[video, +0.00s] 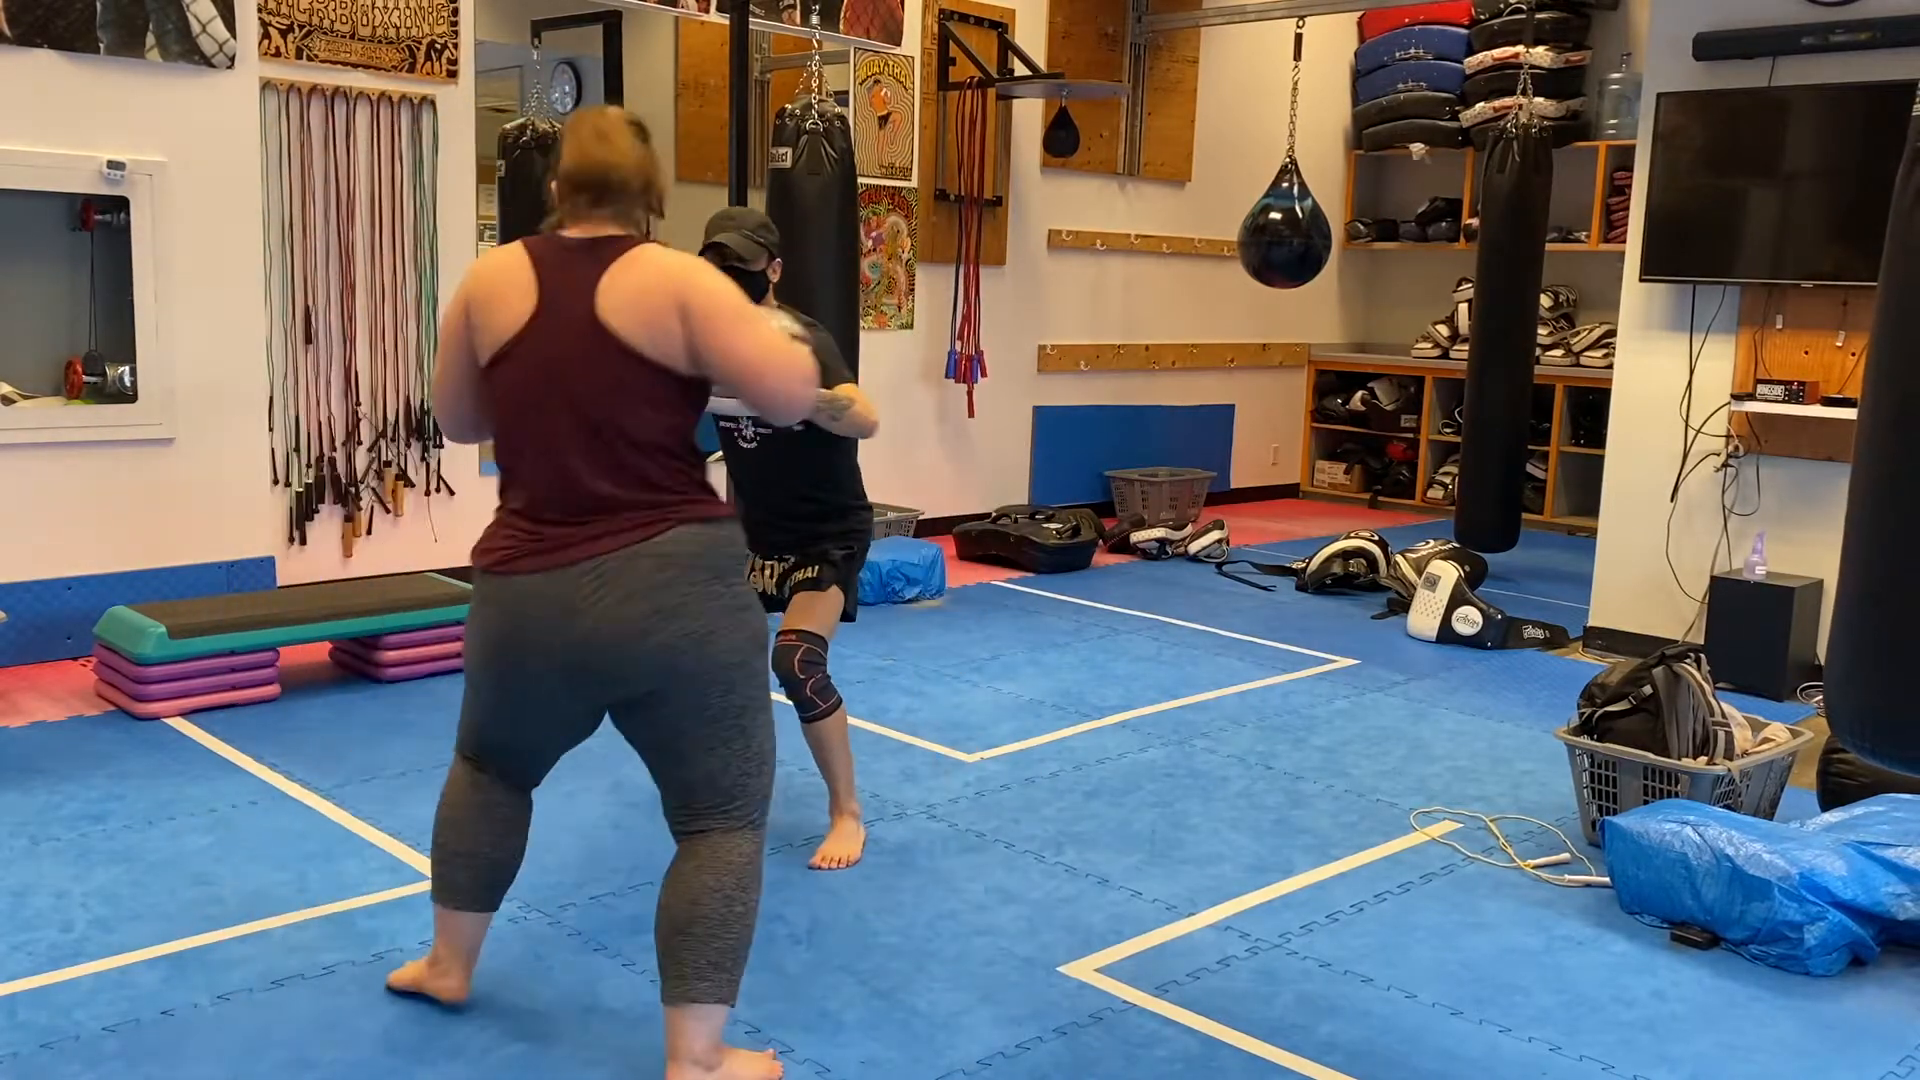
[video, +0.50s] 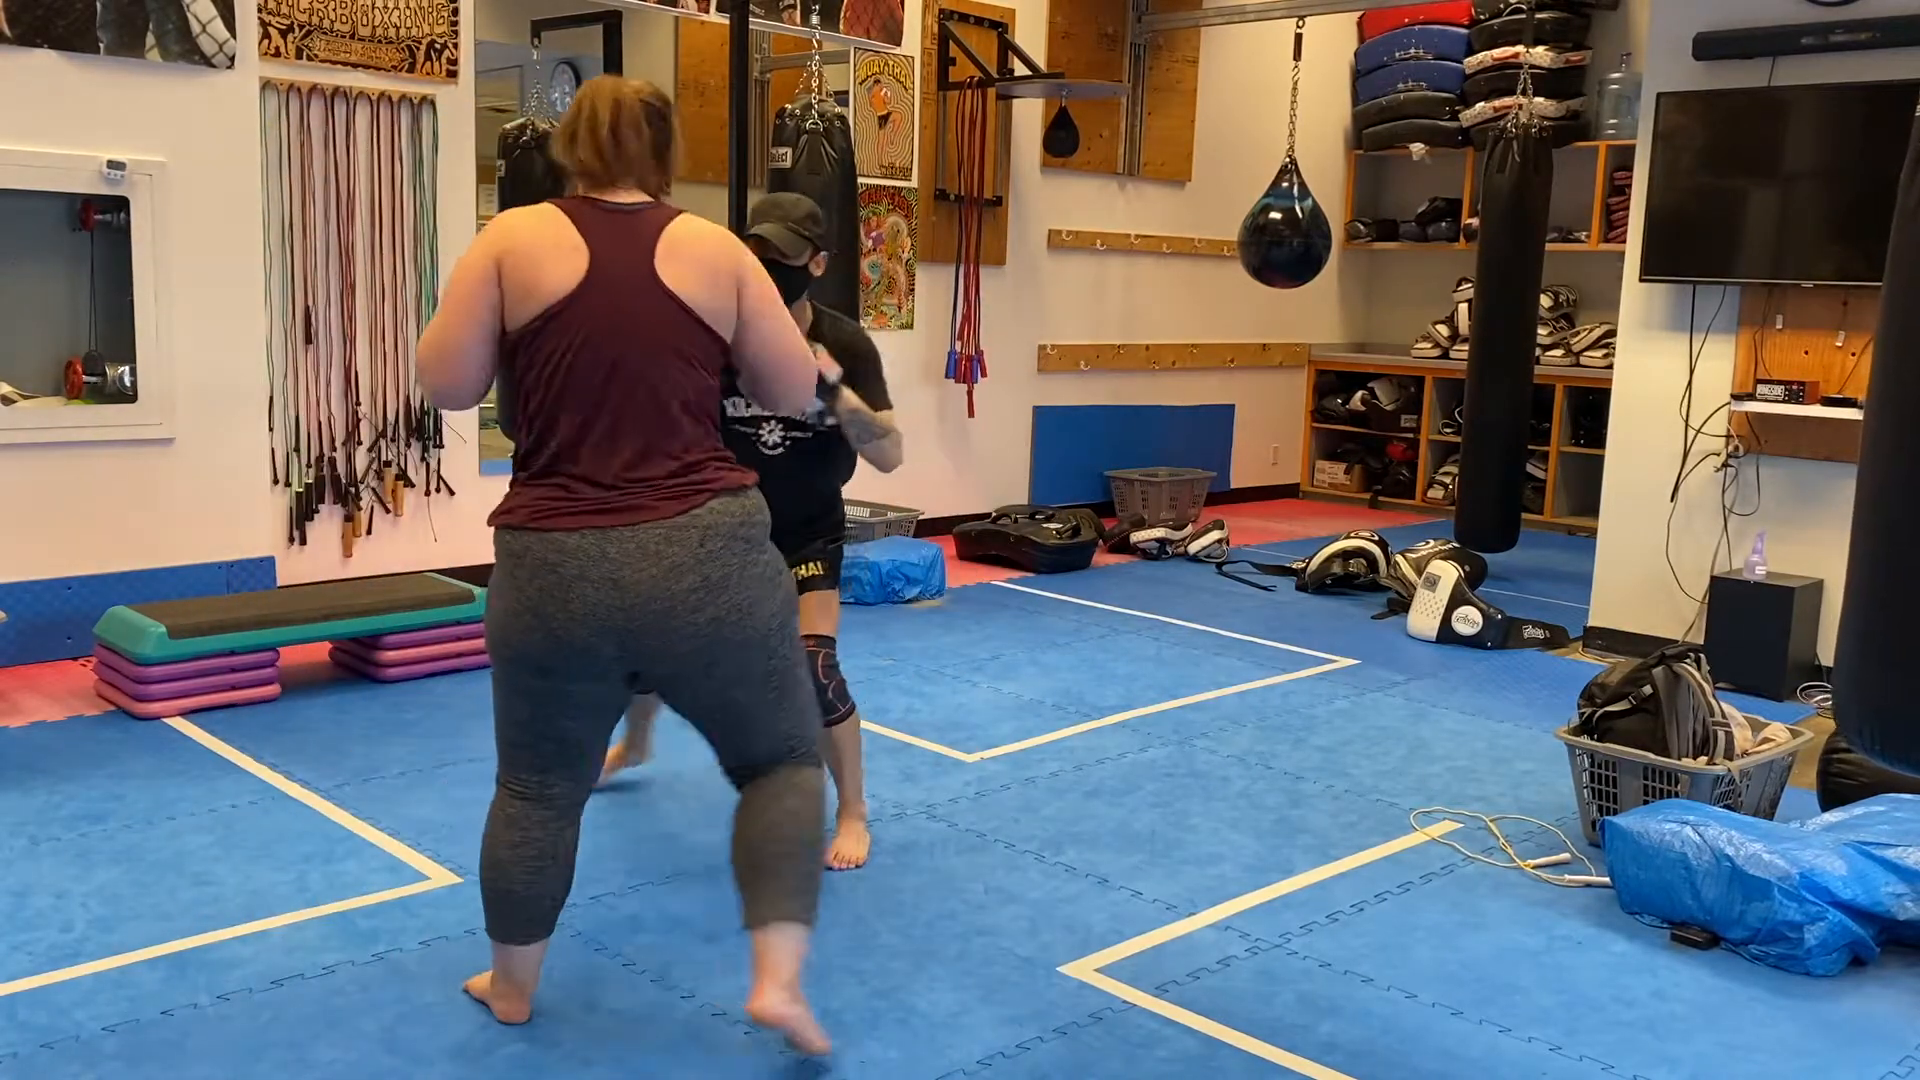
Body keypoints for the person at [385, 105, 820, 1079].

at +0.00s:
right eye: (651, 187)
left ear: (557, 188)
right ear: (650, 192)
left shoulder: (486, 279)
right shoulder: (679, 280)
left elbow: (456, 414)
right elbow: (790, 391)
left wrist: (547, 379)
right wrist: (770, 331)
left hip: (526, 593)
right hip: (674, 583)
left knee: (492, 765)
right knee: (719, 820)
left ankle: (450, 963)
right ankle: (696, 1055)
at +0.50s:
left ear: (569, 154)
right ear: (664, 155)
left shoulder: (506, 242)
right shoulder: (715, 250)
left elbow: (448, 381)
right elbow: (793, 388)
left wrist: (525, 314)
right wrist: (719, 332)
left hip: (551, 570)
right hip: (706, 561)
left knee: (538, 785)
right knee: (778, 762)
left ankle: (512, 983)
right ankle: (778, 975)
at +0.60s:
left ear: (585, 154)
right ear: (687, 160)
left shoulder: (530, 244)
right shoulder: (740, 258)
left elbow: (466, 378)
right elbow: (790, 407)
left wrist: (562, 357)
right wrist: (834, 428)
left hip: (576, 574)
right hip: (735, 564)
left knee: (549, 783)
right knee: (820, 758)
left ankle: (514, 986)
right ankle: (872, 974)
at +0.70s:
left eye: (617, 165)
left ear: (626, 168)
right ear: (726, 172)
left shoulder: (568, 258)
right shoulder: (781, 269)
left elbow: (516, 402)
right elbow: (844, 415)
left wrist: (606, 398)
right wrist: (772, 420)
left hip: (621, 592)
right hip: (778, 579)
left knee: (573, 786)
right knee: (852, 783)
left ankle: (518, 982)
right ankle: (925, 1005)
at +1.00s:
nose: (744, 161)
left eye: (749, 148)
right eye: (754, 147)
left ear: (763, 155)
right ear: (861, 148)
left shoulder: (718, 259)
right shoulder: (923, 250)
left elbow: (669, 423)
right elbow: (969, 376)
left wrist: (748, 374)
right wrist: (878, 325)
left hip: (756, 582)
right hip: (908, 576)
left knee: (684, 790)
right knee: (908, 816)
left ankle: (621, 980)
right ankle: (929, 1056)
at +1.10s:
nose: (773, 154)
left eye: (779, 140)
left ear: (790, 148)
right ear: (890, 149)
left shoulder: (742, 255)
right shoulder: (946, 248)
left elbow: (687, 413)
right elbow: (977, 365)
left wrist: (748, 348)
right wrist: (890, 320)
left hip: (771, 579)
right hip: (927, 572)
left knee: (705, 783)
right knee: (915, 819)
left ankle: (685, 1001)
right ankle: (929, 1058)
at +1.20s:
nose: (779, 153)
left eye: (784, 140)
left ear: (794, 146)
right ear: (892, 148)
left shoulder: (746, 253)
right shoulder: (947, 248)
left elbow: (692, 410)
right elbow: (973, 364)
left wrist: (664, 374)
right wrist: (880, 326)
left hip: (770, 574)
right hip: (924, 567)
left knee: (733, 800)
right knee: (917, 820)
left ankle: (731, 1025)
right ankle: (929, 1057)